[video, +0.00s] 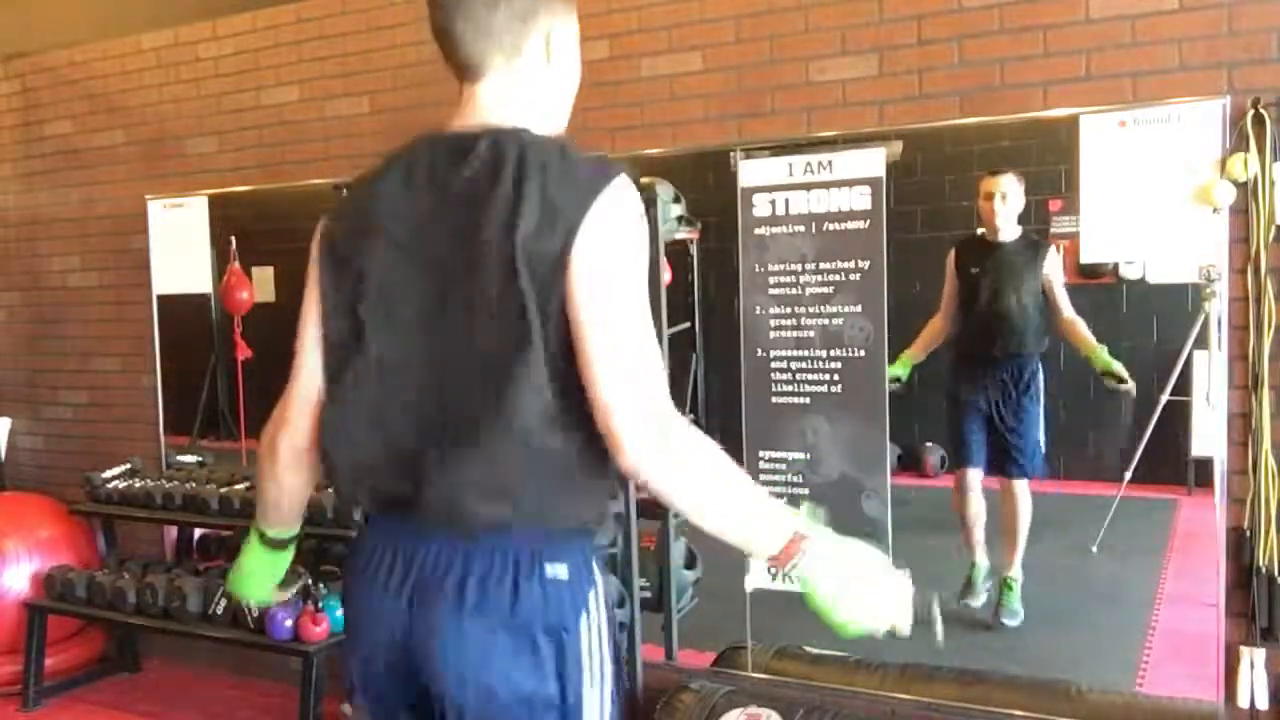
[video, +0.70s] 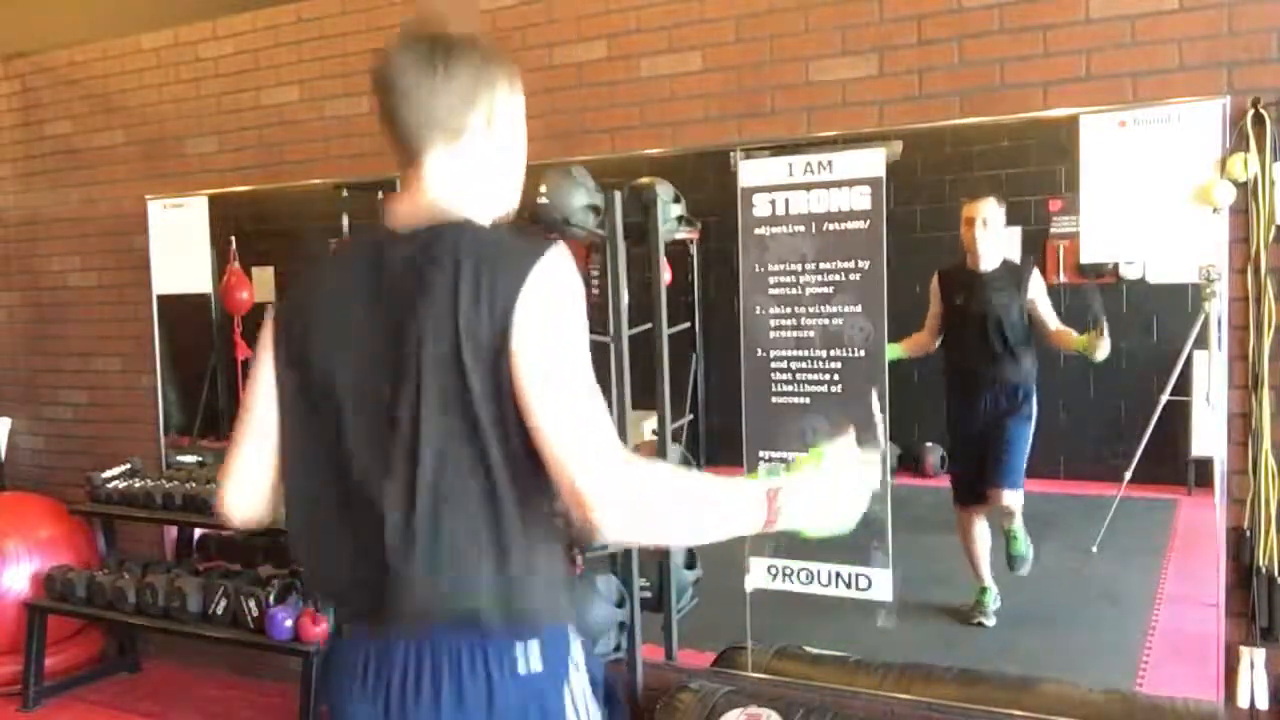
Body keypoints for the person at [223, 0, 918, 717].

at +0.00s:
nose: (581, 61)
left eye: (577, 41)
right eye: (577, 39)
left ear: (454, 52)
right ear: (555, 41)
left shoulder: (354, 212)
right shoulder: (588, 194)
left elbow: (296, 427)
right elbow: (644, 436)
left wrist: (270, 541)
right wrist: (809, 552)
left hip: (381, 578)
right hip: (530, 595)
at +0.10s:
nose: (575, 89)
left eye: (573, 67)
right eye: (572, 66)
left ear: (450, 68)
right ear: (550, 64)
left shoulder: (343, 220)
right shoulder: (580, 212)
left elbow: (291, 446)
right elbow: (627, 451)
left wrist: (274, 521)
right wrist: (801, 551)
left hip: (382, 576)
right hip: (526, 587)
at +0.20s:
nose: (573, 161)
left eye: (569, 142)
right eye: (570, 141)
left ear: (446, 144)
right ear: (550, 140)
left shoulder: (343, 299)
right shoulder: (578, 296)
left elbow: (271, 507)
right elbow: (643, 530)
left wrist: (387, 463)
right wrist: (816, 528)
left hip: (377, 660)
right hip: (529, 665)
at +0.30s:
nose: (569, 154)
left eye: (565, 128)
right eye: (565, 126)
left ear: (443, 129)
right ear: (537, 122)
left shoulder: (335, 282)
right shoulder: (570, 268)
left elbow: (265, 489)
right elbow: (648, 507)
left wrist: (391, 454)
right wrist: (816, 519)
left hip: (363, 654)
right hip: (516, 659)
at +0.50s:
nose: (540, 80)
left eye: (538, 57)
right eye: (537, 56)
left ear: (416, 62)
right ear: (517, 57)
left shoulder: (311, 229)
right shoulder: (540, 198)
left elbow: (268, 454)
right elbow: (589, 441)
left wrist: (267, 512)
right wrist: (760, 533)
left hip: (356, 573)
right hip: (504, 582)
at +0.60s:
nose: (529, 161)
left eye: (524, 137)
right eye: (525, 136)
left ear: (404, 146)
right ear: (500, 136)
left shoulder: (308, 304)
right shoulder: (529, 283)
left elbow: (252, 511)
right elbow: (605, 517)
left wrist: (354, 431)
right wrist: (788, 506)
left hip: (368, 650)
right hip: (515, 656)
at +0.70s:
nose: (526, 152)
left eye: (521, 125)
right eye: (520, 125)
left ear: (404, 132)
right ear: (488, 126)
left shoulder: (304, 291)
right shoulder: (523, 270)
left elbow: (243, 498)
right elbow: (607, 497)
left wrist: (365, 448)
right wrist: (785, 499)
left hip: (361, 663)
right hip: (510, 661)